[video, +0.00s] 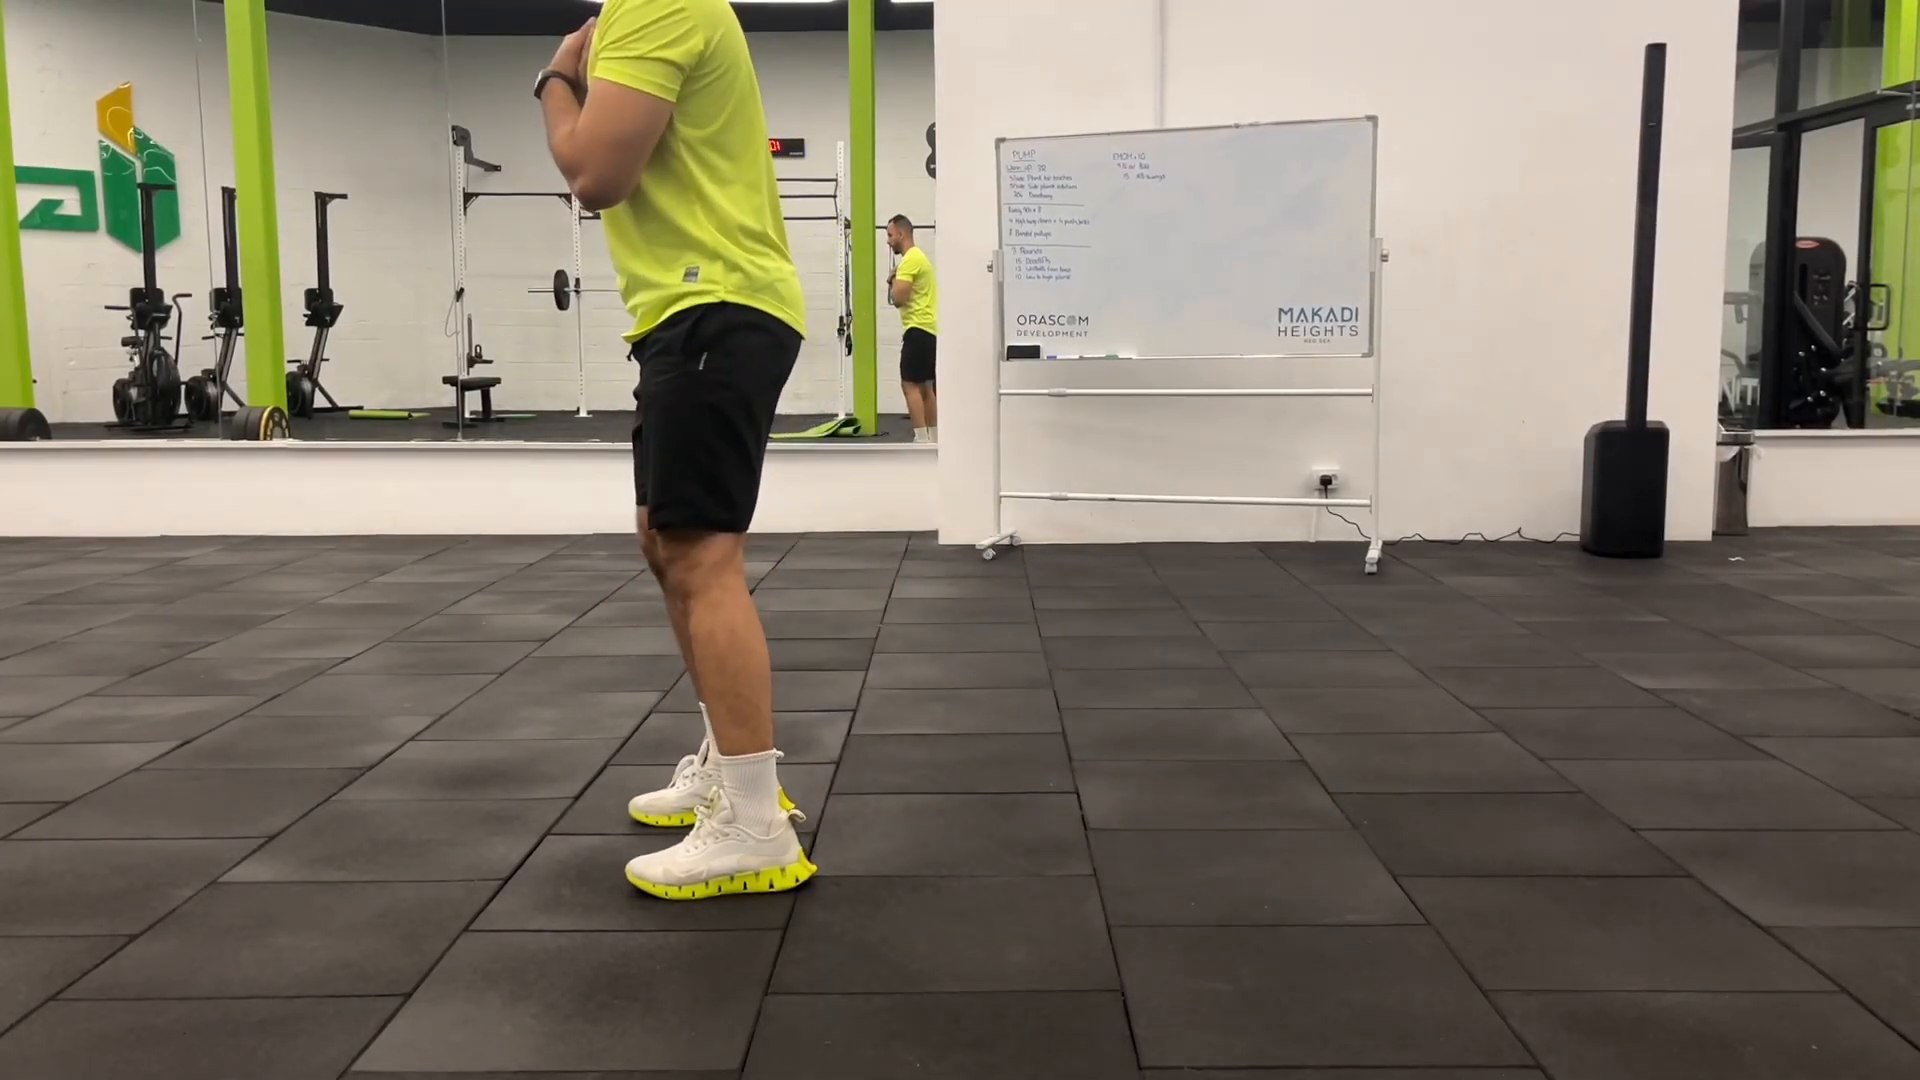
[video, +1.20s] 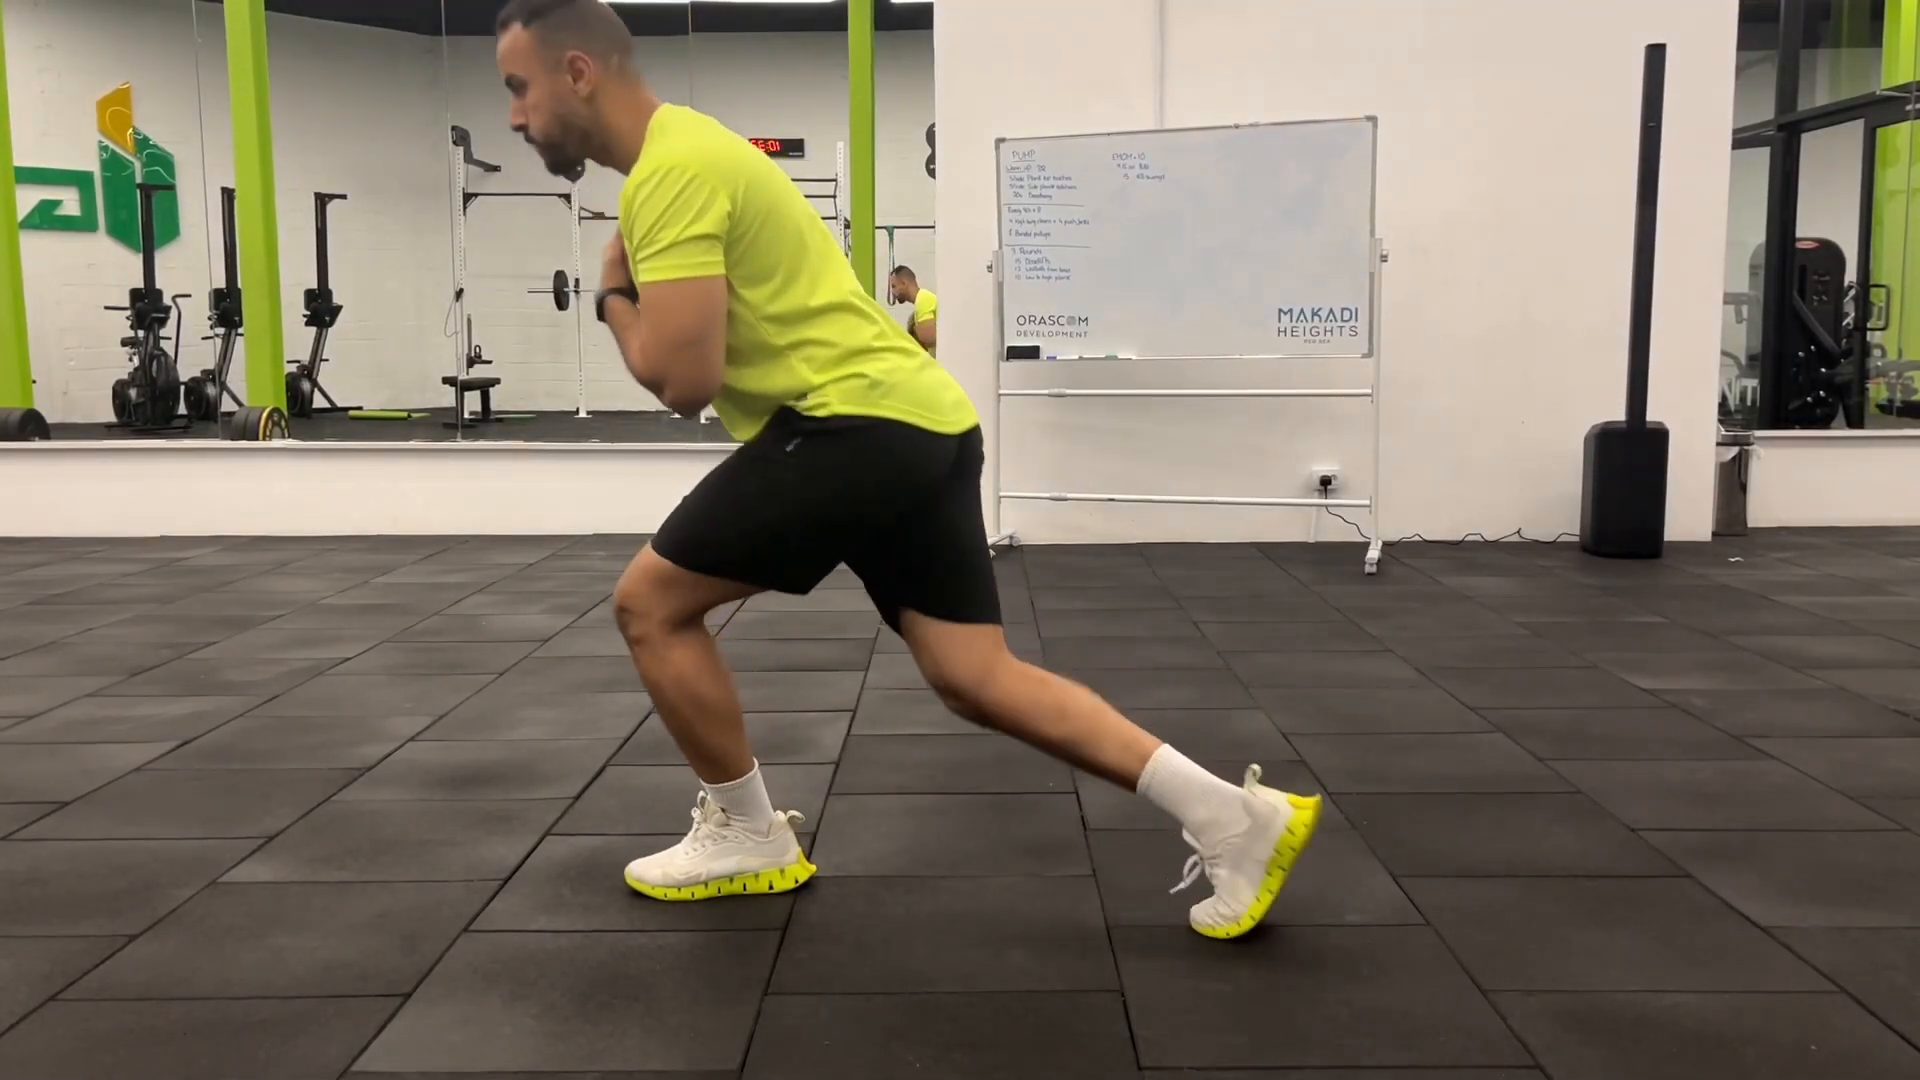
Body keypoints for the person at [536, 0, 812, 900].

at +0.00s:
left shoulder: (663, 9)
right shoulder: (633, 18)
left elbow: (595, 174)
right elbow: (604, 167)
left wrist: (557, 85)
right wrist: (576, 89)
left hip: (720, 305)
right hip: (685, 308)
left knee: (702, 555)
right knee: (667, 540)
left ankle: (757, 824)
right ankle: (730, 758)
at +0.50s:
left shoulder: (627, 10)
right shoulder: (665, 12)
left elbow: (596, 207)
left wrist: (547, 117)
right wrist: (582, 112)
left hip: (748, 308)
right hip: (794, 302)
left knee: (703, 574)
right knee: (750, 551)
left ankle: (749, 827)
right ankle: (804, 767)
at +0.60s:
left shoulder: (625, 11)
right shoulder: (648, 15)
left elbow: (604, 215)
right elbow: (617, 201)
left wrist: (544, 126)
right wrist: (568, 124)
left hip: (759, 311)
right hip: (808, 304)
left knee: (706, 573)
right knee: (773, 551)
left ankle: (750, 828)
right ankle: (898, 745)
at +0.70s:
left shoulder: (620, 21)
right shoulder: (654, 22)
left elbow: (609, 224)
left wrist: (540, 136)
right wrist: (574, 128)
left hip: (760, 312)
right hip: (819, 304)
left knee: (707, 576)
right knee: (809, 554)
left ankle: (750, 828)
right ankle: (996, 729)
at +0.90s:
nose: (461, 18)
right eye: (454, 7)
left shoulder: (619, 60)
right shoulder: (632, 53)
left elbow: (623, 268)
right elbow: (645, 243)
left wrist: (546, 187)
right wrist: (571, 182)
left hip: (788, 337)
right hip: (855, 325)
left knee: (688, 587)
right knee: (914, 570)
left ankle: (749, 828)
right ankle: (1137, 709)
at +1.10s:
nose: (482, 77)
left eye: (486, 47)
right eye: (474, 51)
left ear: (555, 31)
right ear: (562, 35)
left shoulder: (650, 130)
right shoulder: (668, 112)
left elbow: (663, 335)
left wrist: (587, 258)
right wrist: (609, 255)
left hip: (826, 391)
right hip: (900, 380)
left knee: (663, 597)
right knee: (973, 620)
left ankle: (748, 831)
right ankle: (1194, 790)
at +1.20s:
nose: (512, 116)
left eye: (518, 87)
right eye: (507, 93)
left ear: (580, 72)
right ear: (589, 72)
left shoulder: (679, 169)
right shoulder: (700, 155)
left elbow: (681, 377)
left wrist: (609, 297)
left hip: (853, 426)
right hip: (926, 422)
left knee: (651, 605)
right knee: (975, 673)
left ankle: (745, 831)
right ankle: (1231, 817)